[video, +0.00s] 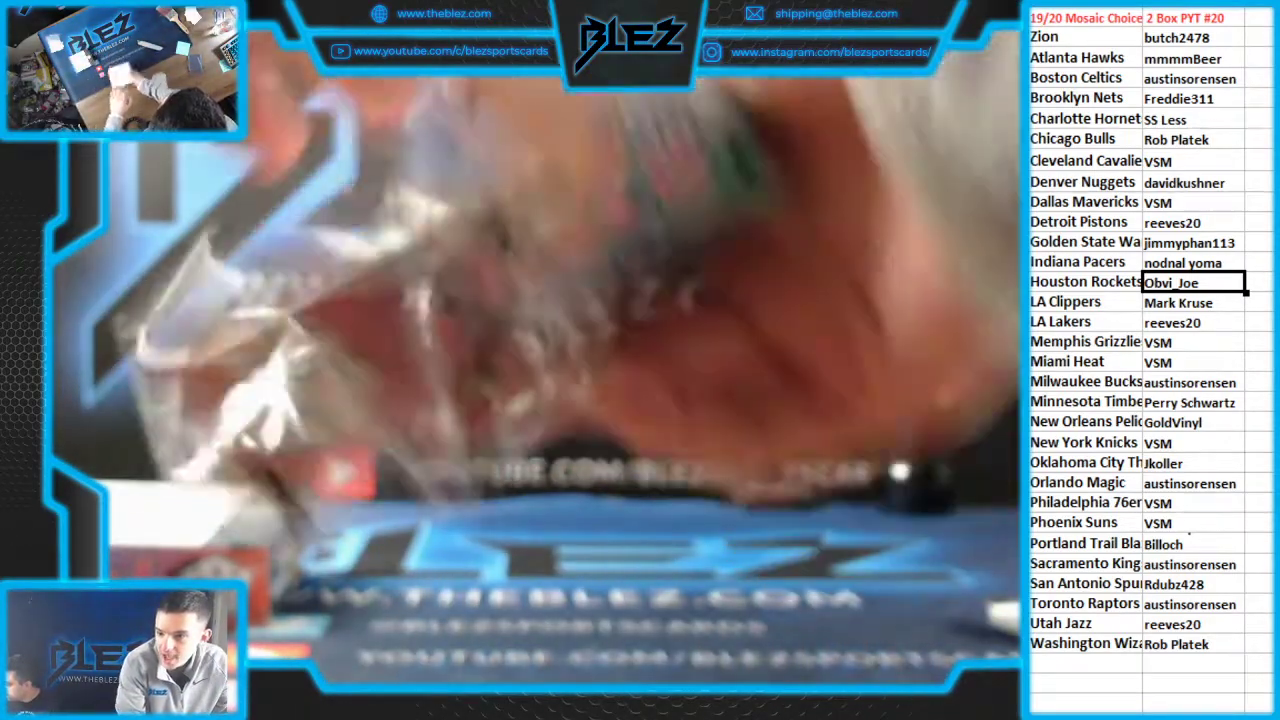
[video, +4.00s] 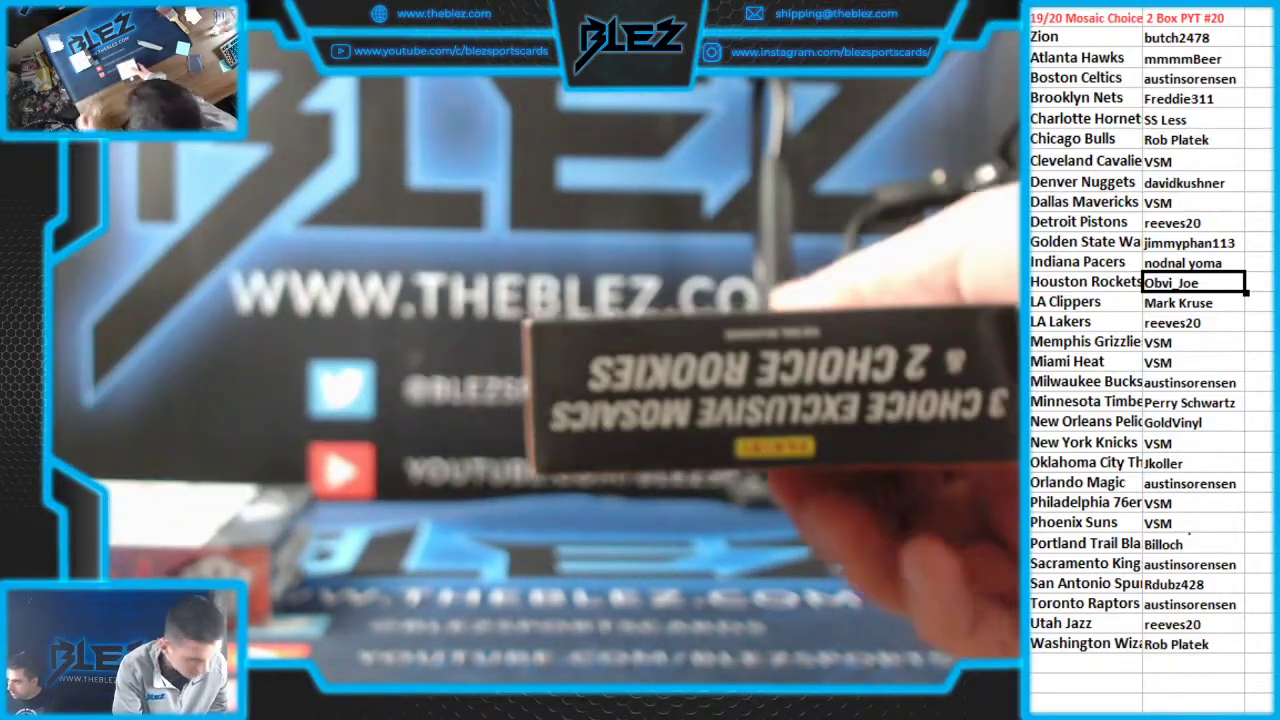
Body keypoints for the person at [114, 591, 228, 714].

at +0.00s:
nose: (167, 647)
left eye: (179, 637)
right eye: (160, 634)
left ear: (204, 637)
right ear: (154, 629)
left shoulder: (217, 660)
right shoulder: (136, 662)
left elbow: (219, 713)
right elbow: (129, 714)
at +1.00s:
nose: (161, 646)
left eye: (173, 636)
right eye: (154, 634)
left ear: (199, 636)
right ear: (150, 629)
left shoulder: (215, 661)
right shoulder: (133, 663)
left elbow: (217, 713)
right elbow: (129, 714)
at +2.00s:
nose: (157, 647)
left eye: (169, 637)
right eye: (151, 635)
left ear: (195, 636)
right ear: (146, 629)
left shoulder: (212, 661)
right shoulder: (130, 664)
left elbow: (217, 713)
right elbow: (128, 715)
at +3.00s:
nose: (157, 647)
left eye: (169, 637)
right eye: (151, 635)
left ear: (195, 636)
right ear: (146, 629)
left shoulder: (212, 661)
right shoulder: (130, 664)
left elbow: (217, 713)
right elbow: (128, 715)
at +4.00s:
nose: (203, 669)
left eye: (209, 659)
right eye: (194, 660)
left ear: (216, 648)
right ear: (164, 647)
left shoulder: (219, 665)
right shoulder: (133, 667)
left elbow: (218, 710)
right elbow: (126, 717)